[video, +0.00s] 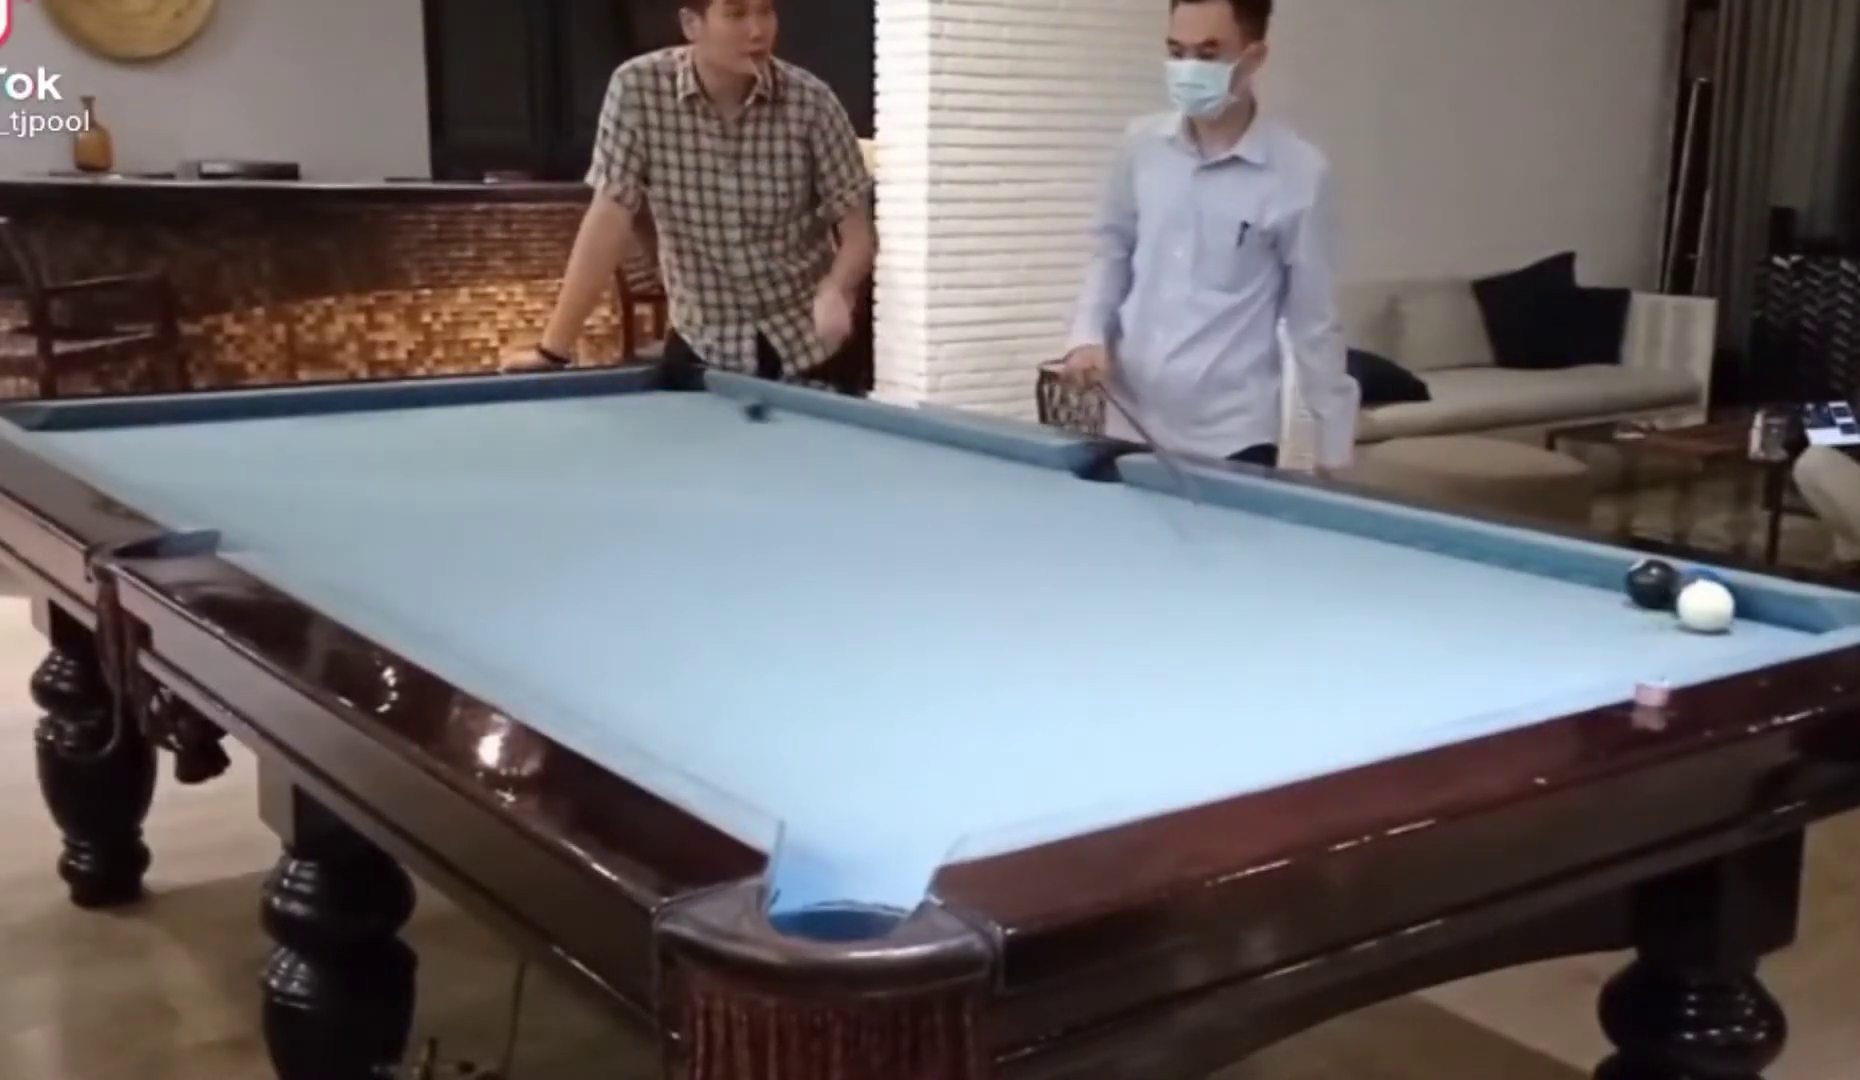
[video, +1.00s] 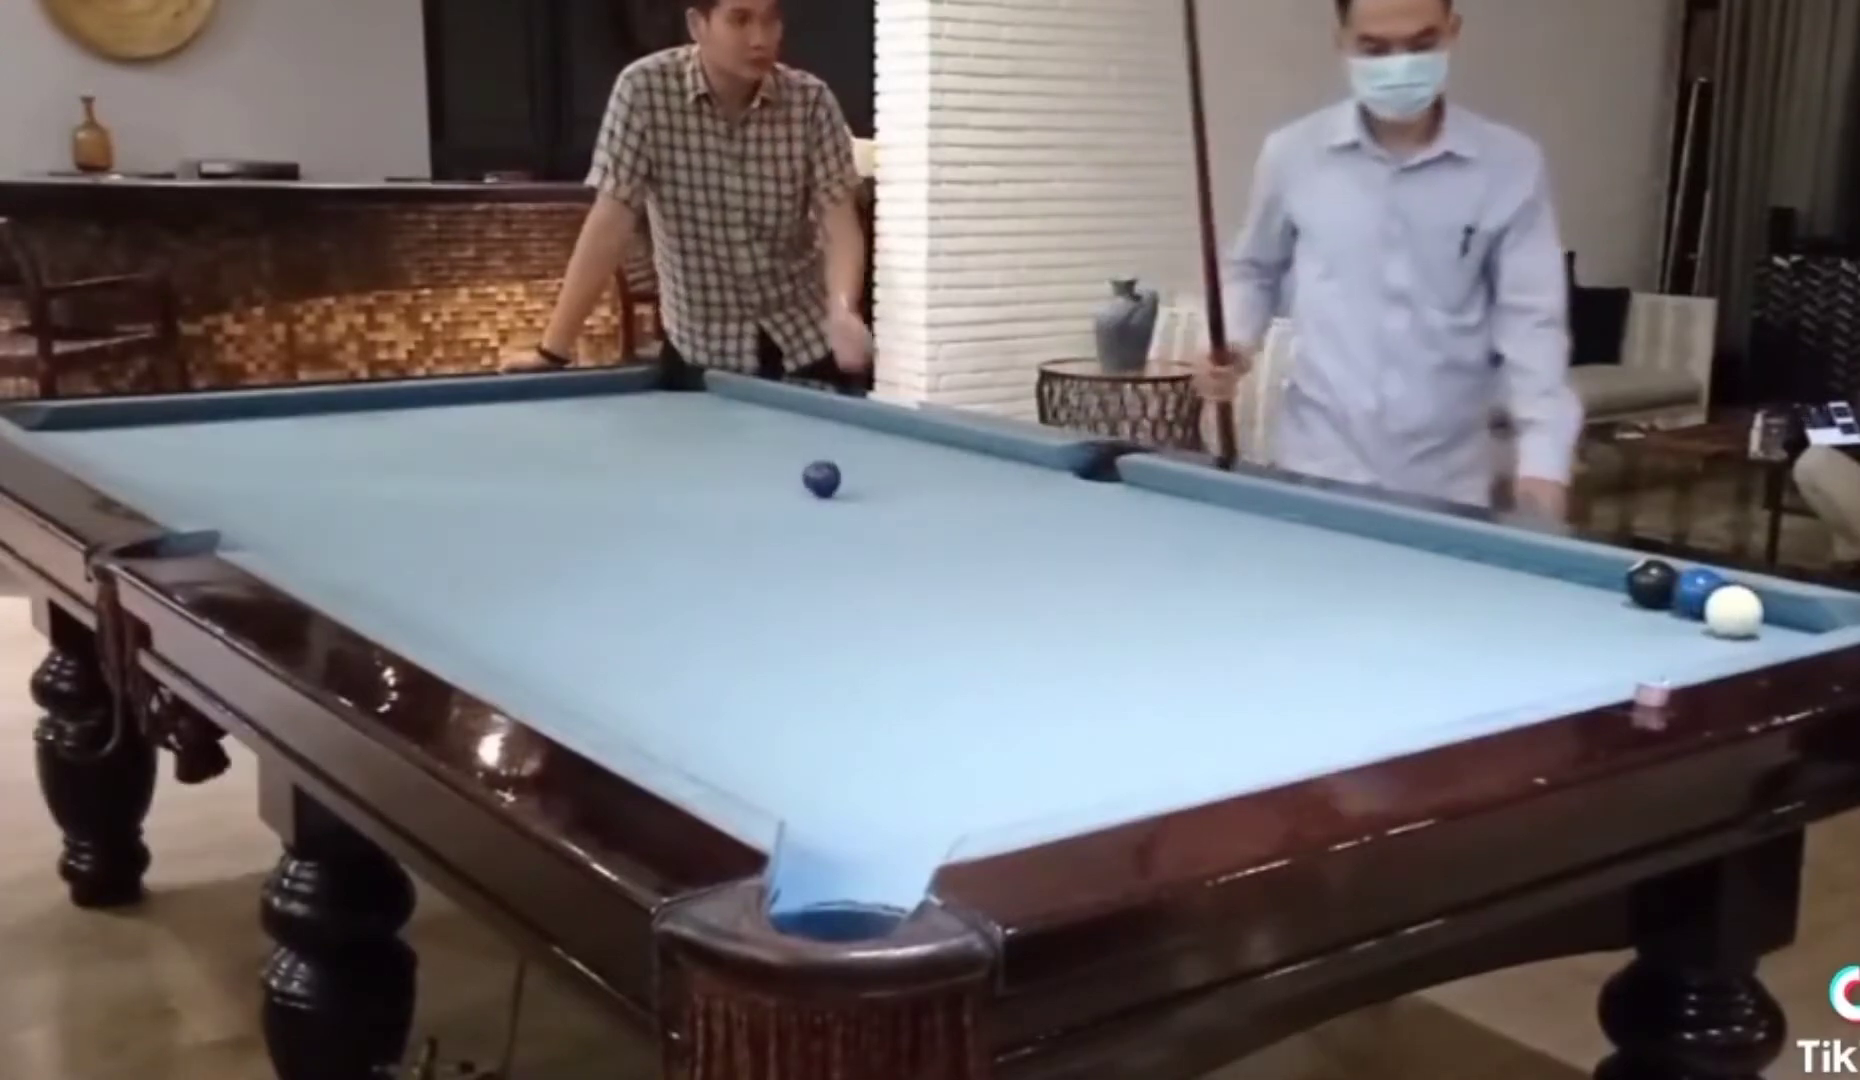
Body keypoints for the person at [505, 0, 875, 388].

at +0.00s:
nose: (757, 29)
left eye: (765, 13)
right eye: (737, 15)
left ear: (777, 19)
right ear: (691, 23)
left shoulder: (811, 101)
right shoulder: (638, 90)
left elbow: (858, 225)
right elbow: (610, 214)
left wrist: (836, 288)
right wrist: (553, 350)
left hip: (814, 342)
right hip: (701, 345)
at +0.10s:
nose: (766, 31)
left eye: (774, 14)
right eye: (745, 16)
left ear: (784, 19)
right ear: (698, 24)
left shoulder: (813, 102)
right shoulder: (642, 88)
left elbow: (858, 228)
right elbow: (610, 217)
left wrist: (832, 248)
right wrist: (552, 350)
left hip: (816, 336)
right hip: (702, 341)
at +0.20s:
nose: (772, 35)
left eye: (779, 17)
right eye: (751, 19)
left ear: (789, 21)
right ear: (704, 25)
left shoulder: (814, 100)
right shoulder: (645, 87)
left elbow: (852, 247)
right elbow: (610, 218)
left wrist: (820, 202)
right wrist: (552, 351)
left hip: (815, 333)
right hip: (701, 339)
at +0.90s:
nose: (767, 40)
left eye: (777, 23)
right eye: (746, 23)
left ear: (788, 26)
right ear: (703, 26)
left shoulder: (812, 101)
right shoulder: (649, 89)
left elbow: (845, 222)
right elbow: (612, 218)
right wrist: (552, 352)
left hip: (808, 335)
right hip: (701, 344)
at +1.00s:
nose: (762, 38)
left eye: (772, 20)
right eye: (741, 20)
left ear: (783, 25)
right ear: (697, 24)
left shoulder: (810, 101)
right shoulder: (646, 90)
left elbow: (839, 212)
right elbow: (611, 218)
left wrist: (842, 307)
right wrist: (552, 351)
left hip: (808, 338)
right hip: (702, 345)